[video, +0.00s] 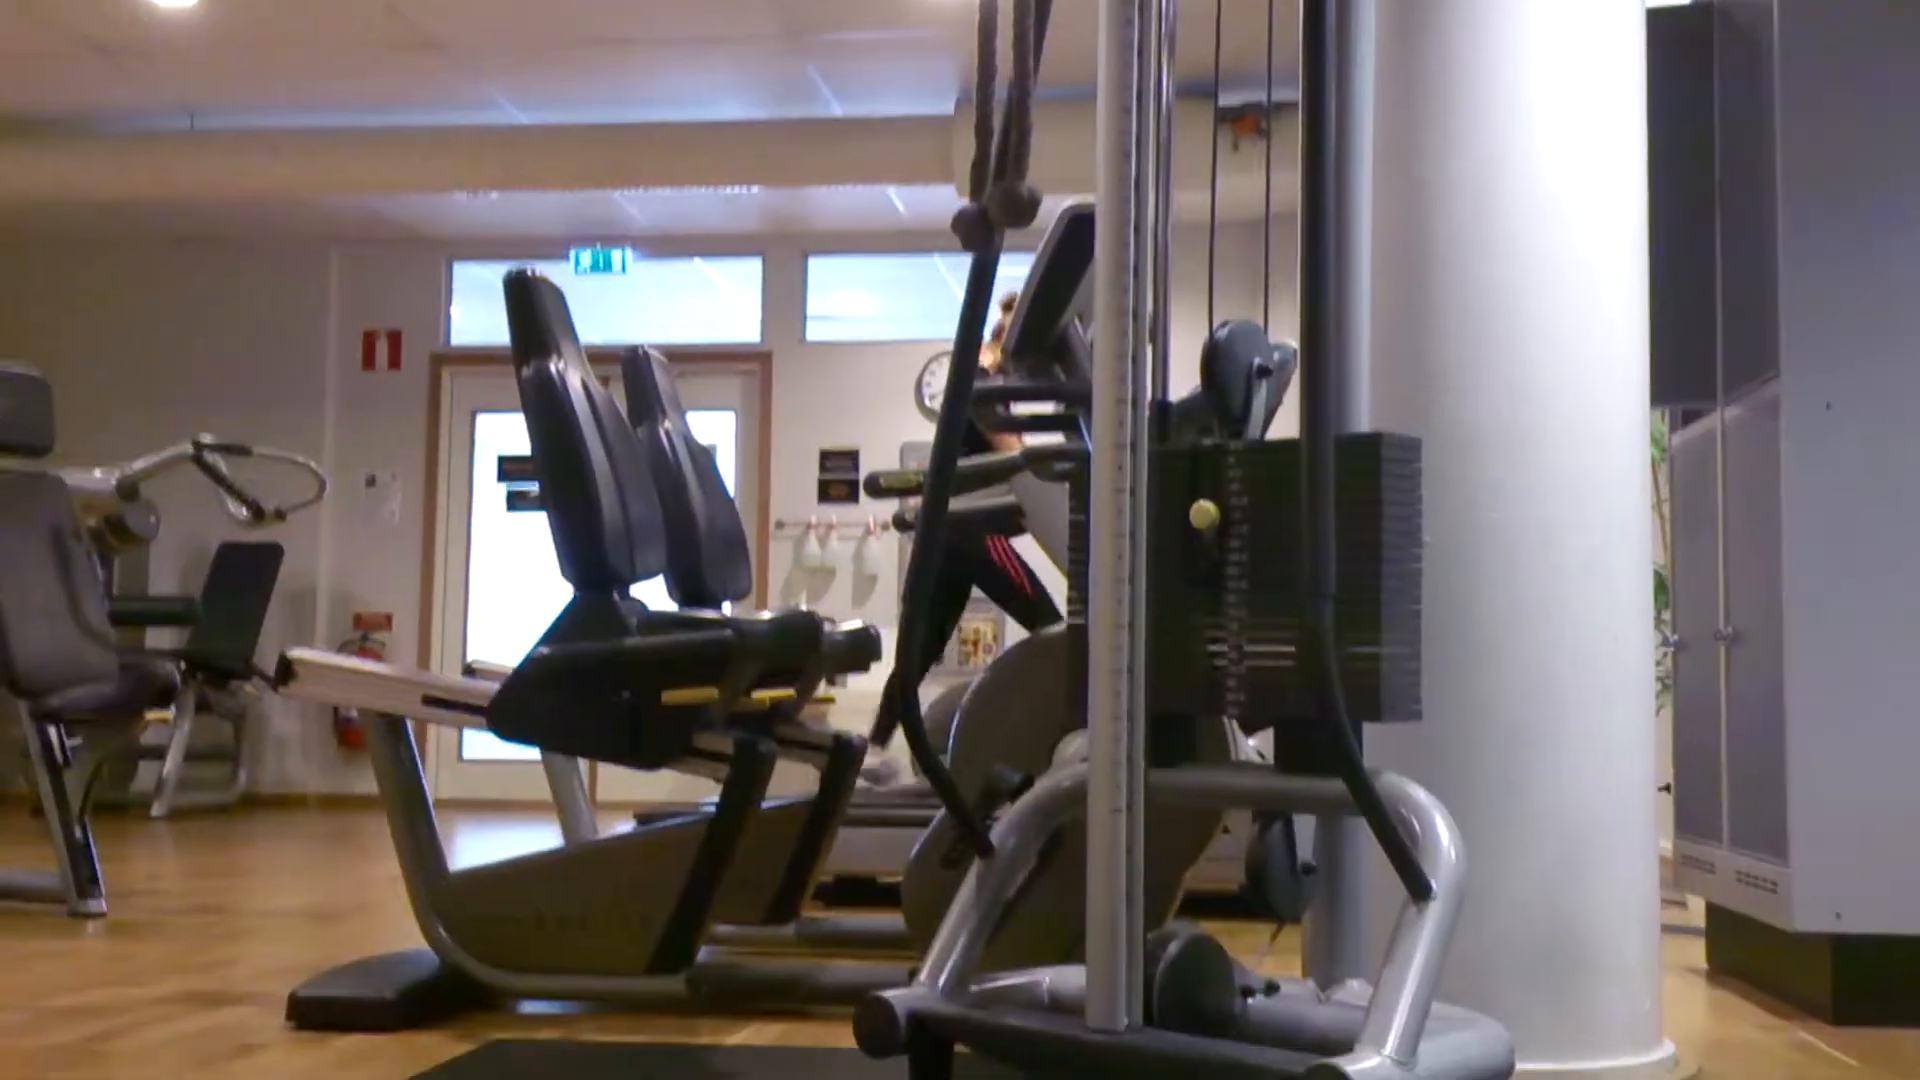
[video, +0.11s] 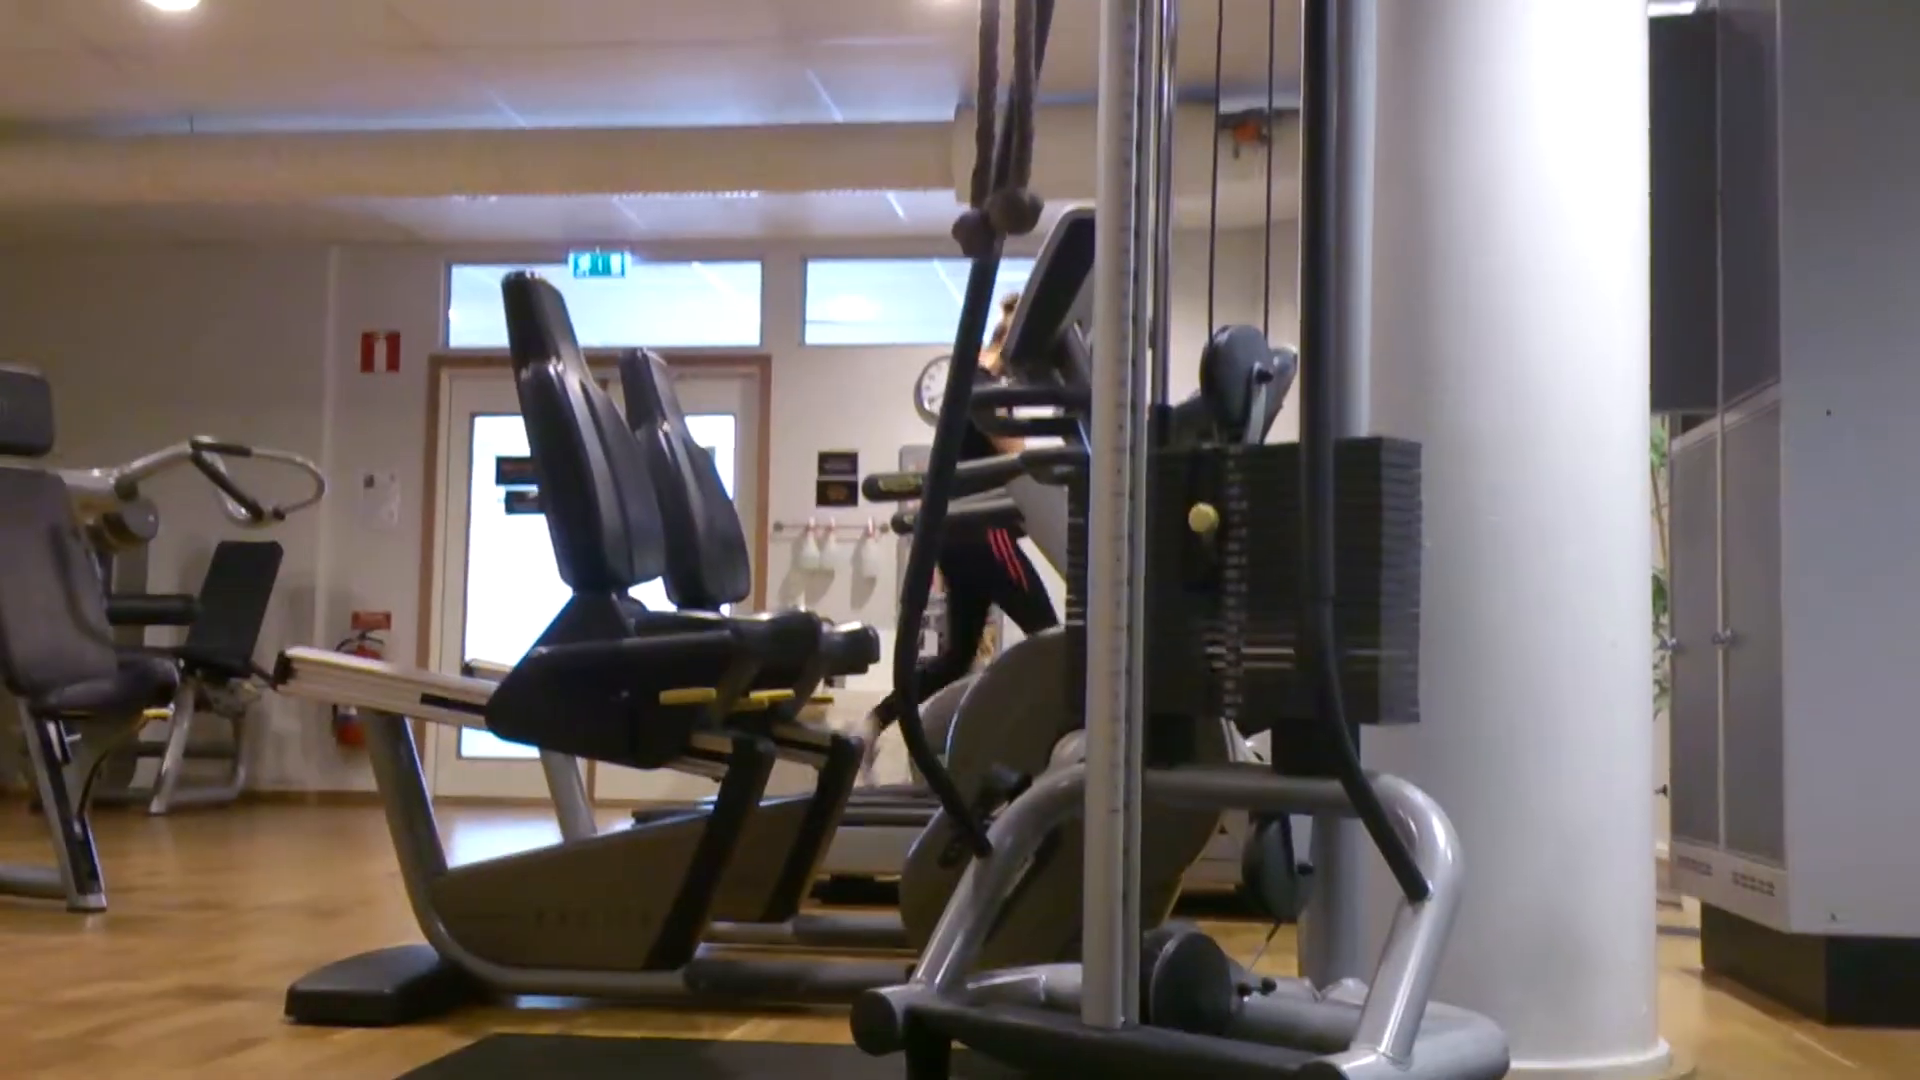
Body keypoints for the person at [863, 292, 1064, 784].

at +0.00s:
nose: (1035, 345)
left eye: (1034, 334)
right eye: (1032, 333)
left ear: (1004, 324)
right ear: (1014, 328)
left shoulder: (982, 377)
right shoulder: (983, 381)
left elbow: (1008, 450)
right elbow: (1011, 451)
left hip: (951, 525)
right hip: (973, 527)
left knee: (921, 647)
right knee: (1048, 623)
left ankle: (874, 748)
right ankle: (1072, 735)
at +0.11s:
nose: (1034, 346)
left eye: (1033, 334)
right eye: (1031, 334)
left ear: (1005, 325)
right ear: (1015, 328)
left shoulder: (978, 374)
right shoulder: (987, 377)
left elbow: (1009, 448)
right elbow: (1013, 449)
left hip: (959, 525)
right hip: (982, 528)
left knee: (958, 657)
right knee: (1048, 633)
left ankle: (876, 722)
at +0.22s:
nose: (1033, 336)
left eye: (1032, 326)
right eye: (1031, 325)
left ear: (1002, 314)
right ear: (1017, 319)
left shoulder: (986, 364)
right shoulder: (986, 368)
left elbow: (1003, 429)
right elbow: (1013, 428)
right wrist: (1068, 437)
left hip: (976, 506)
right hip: (972, 508)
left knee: (1010, 620)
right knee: (1010, 621)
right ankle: (949, 697)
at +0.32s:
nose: (1031, 324)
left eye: (1032, 314)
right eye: (1027, 312)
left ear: (1006, 310)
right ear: (1010, 309)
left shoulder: (1000, 361)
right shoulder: (980, 357)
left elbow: (1018, 423)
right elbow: (1013, 423)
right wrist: (1067, 428)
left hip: (987, 511)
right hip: (961, 512)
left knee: (1046, 605)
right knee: (950, 623)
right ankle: (929, 731)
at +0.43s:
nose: (1028, 315)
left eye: (1031, 305)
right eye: (1026, 303)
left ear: (1015, 305)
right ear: (1010, 302)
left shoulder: (1001, 357)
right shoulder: (982, 357)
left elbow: (1012, 428)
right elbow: (1013, 428)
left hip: (988, 514)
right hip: (960, 513)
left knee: (1049, 616)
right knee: (931, 626)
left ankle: (1055, 725)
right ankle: (880, 734)